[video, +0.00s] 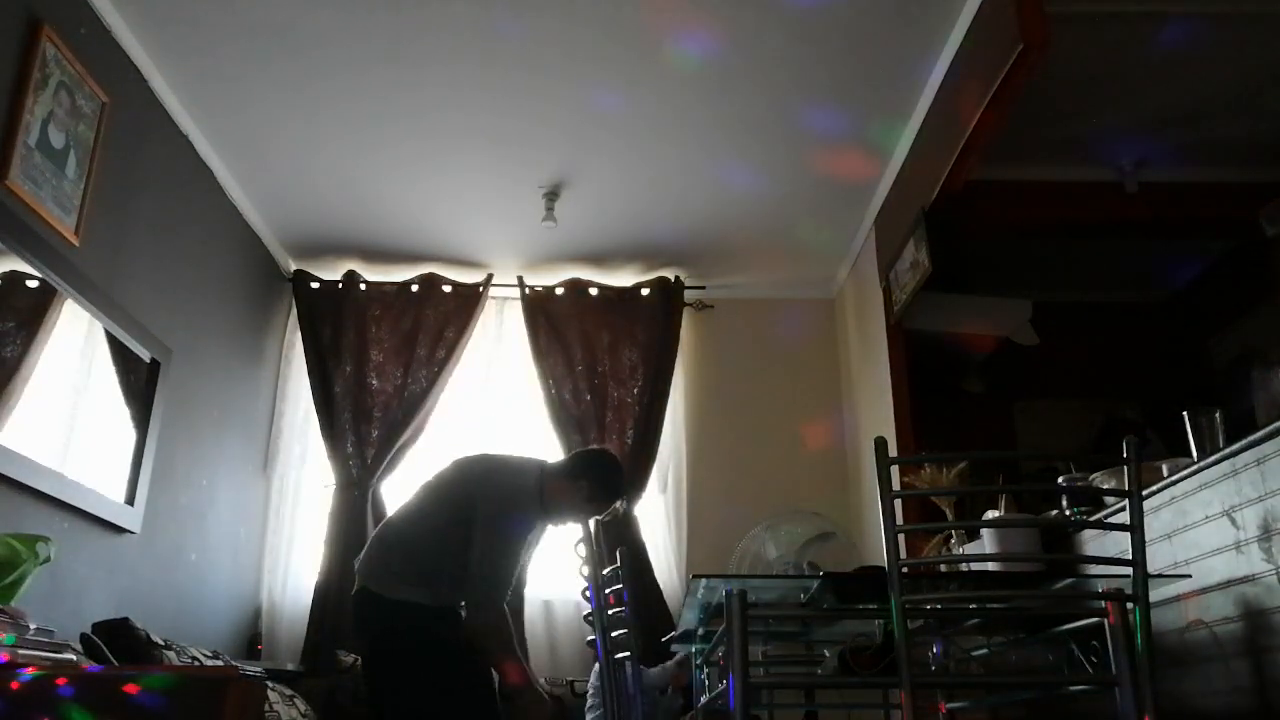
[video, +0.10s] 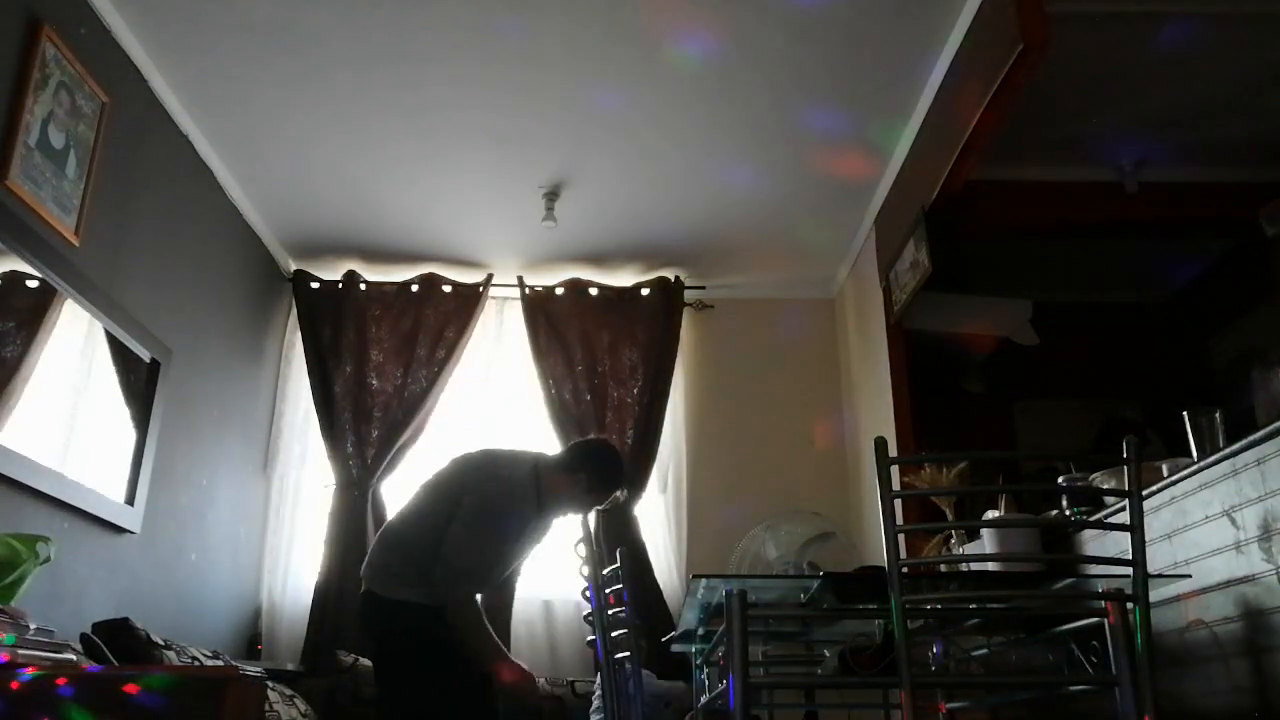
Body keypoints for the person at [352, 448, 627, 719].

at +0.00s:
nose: (578, 521)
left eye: (588, 516)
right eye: (586, 511)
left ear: (574, 475)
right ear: (578, 486)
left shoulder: (531, 508)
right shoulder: (513, 491)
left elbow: (508, 599)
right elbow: (484, 602)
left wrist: (523, 677)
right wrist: (517, 680)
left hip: (436, 605)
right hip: (394, 603)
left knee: (475, 705)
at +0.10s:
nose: (585, 512)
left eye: (593, 507)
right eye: (592, 502)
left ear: (574, 466)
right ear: (579, 479)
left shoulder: (539, 503)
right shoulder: (508, 485)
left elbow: (501, 583)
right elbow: (453, 587)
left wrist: (500, 662)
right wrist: (501, 662)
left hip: (442, 602)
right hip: (399, 601)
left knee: (473, 703)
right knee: (422, 708)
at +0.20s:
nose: (579, 503)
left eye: (589, 499)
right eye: (587, 495)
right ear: (576, 471)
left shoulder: (544, 500)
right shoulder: (492, 470)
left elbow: (508, 578)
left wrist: (509, 657)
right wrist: (465, 649)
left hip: (457, 598)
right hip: (400, 595)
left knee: (489, 697)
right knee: (423, 702)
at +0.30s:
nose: (574, 490)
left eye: (583, 485)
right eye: (580, 481)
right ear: (571, 459)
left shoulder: (545, 490)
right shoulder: (483, 468)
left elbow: (529, 572)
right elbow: (412, 545)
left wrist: (536, 634)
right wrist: (433, 642)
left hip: (463, 602)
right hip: (402, 600)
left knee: (488, 702)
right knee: (419, 707)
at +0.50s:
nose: (562, 452)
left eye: (568, 445)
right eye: (564, 443)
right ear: (544, 424)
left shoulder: (535, 462)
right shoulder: (465, 444)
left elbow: (522, 536)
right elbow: (394, 525)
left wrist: (538, 607)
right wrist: (430, 612)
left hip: (483, 607)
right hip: (418, 611)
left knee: (506, 706)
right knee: (429, 713)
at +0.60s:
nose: (544, 427)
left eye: (552, 417)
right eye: (537, 414)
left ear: (558, 410)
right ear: (510, 398)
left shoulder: (539, 455)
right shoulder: (447, 437)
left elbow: (522, 525)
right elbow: (380, 506)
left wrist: (532, 587)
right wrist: (410, 591)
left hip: (496, 608)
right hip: (428, 611)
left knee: (510, 713)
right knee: (432, 716)